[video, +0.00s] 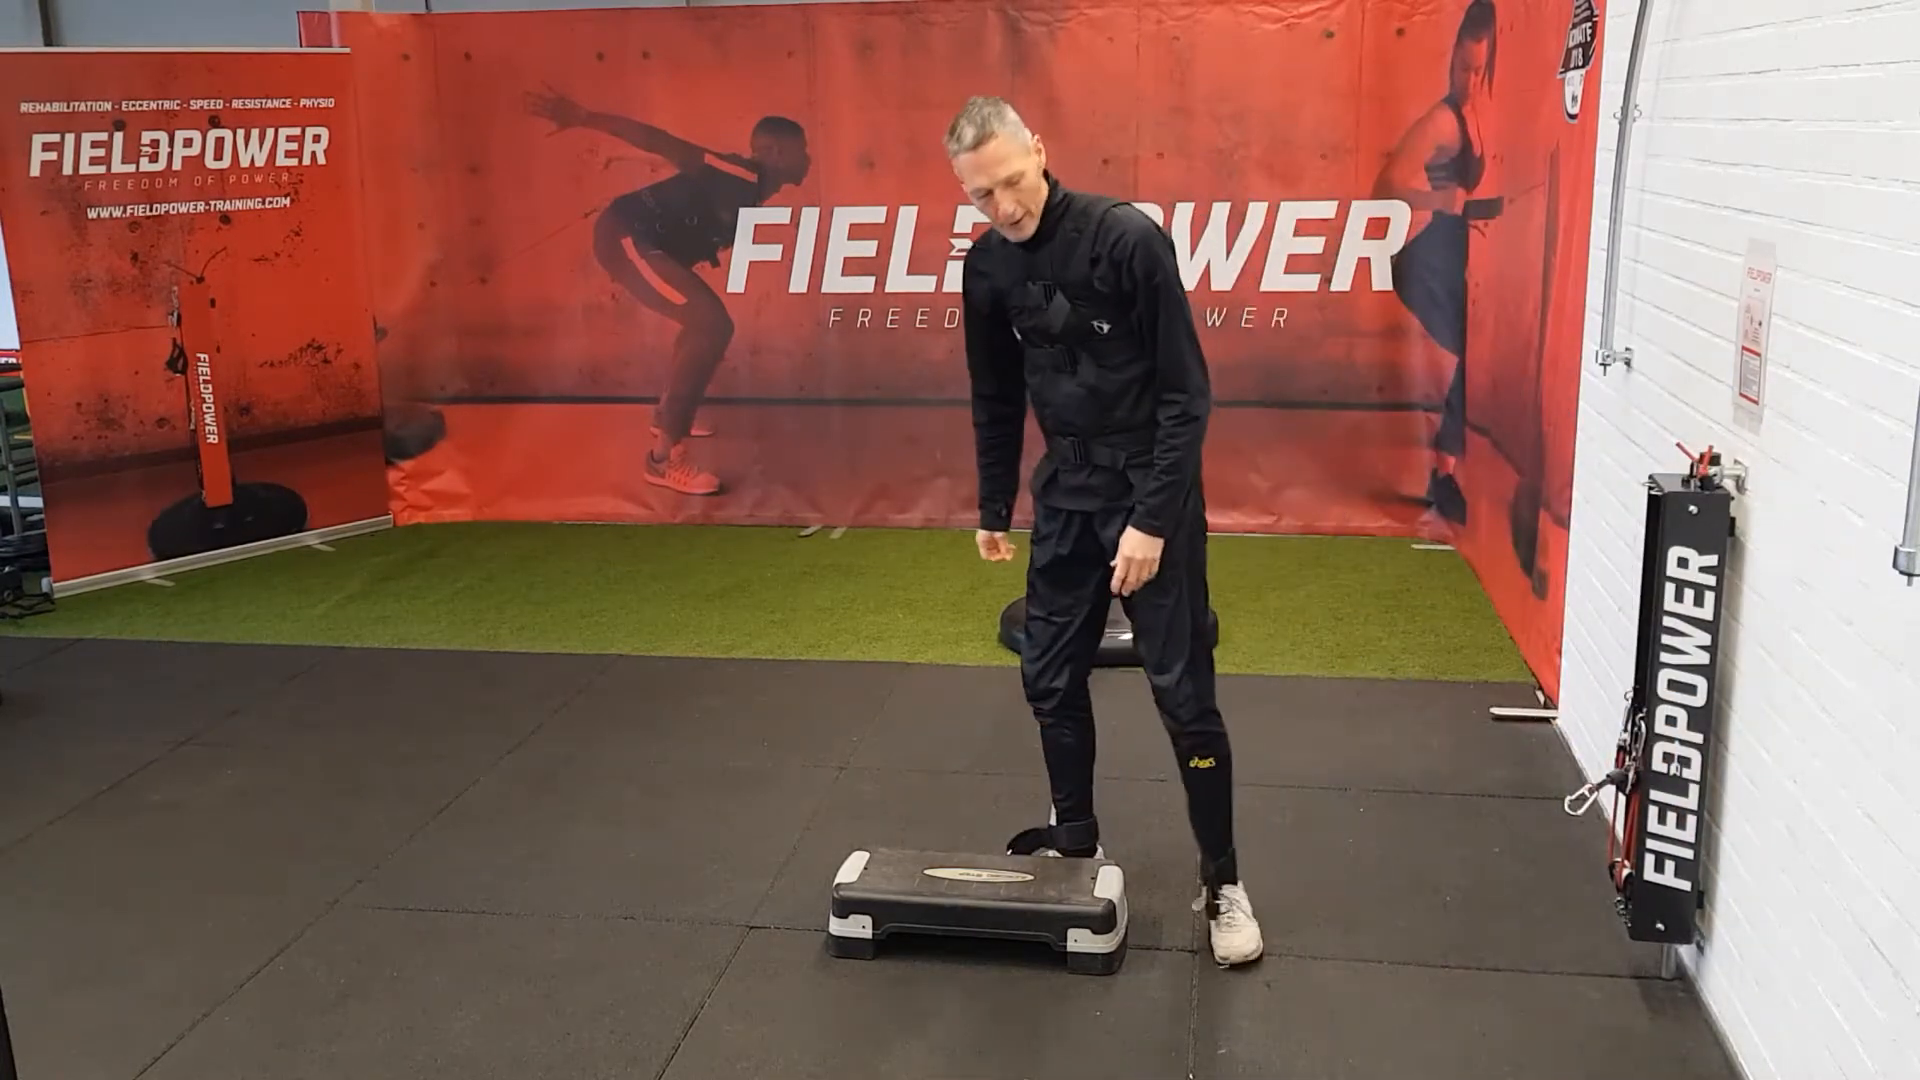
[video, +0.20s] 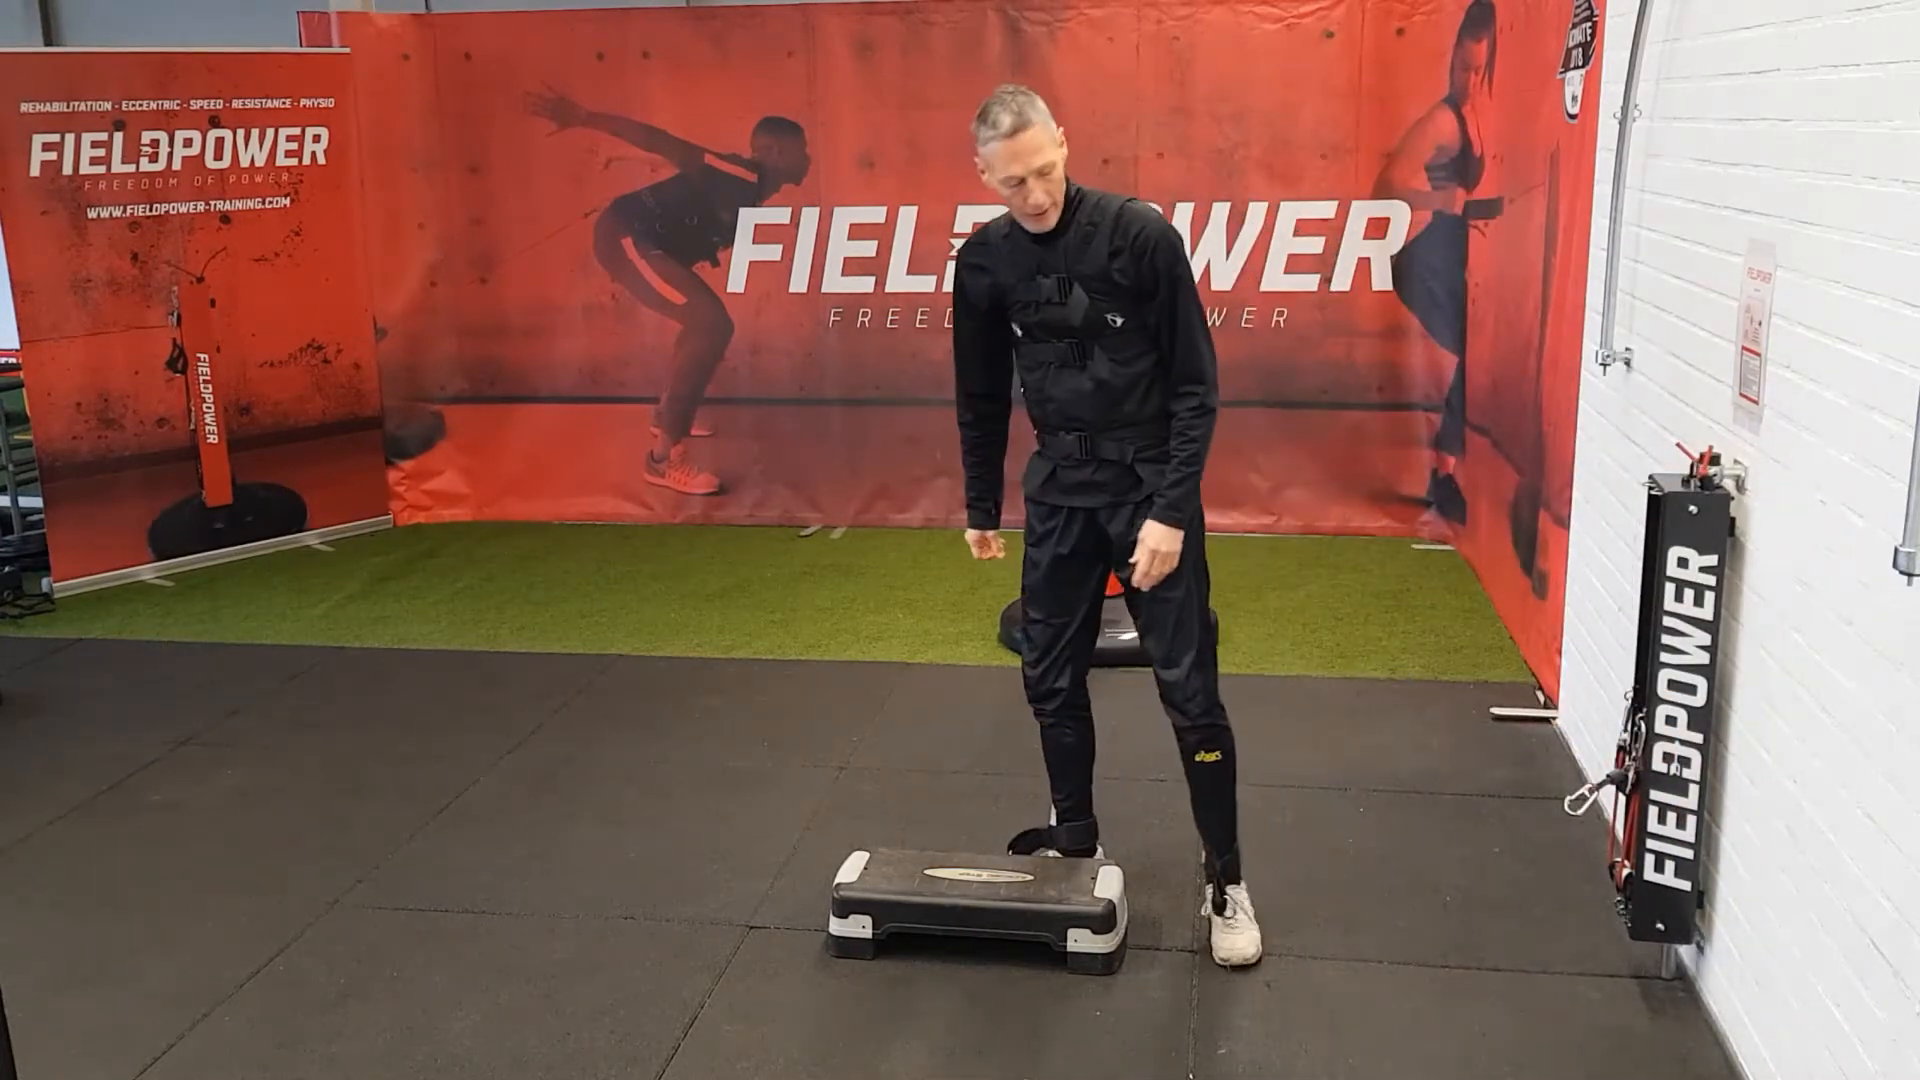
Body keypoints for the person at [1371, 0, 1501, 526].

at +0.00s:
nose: (1471, 75)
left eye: (1479, 66)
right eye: (1465, 63)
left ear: (1488, 68)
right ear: (1451, 62)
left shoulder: (1468, 121)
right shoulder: (1443, 120)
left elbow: (1440, 192)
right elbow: (1392, 180)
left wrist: (1477, 207)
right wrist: (1445, 199)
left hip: (1446, 253)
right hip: (1426, 255)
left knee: (1449, 363)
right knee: (1439, 364)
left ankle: (1444, 472)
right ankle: (1433, 476)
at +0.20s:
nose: (1472, 74)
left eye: (1479, 64)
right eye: (1466, 62)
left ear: (1487, 66)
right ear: (1452, 60)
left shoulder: (1468, 122)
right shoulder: (1442, 120)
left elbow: (1441, 193)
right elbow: (1392, 180)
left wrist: (1480, 207)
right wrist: (1445, 199)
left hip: (1446, 254)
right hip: (1426, 255)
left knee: (1449, 364)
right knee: (1439, 365)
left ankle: (1444, 472)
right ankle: (1435, 477)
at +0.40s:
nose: (1472, 74)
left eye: (1479, 65)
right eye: (1466, 62)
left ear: (1488, 66)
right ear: (1452, 61)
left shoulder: (1469, 122)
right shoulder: (1443, 120)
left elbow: (1443, 193)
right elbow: (1391, 180)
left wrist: (1481, 206)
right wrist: (1445, 199)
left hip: (1446, 255)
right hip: (1426, 257)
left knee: (1451, 364)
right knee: (1441, 364)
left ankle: (1445, 472)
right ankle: (1437, 476)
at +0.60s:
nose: (1471, 74)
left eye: (1478, 64)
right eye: (1465, 62)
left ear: (1488, 65)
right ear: (1451, 60)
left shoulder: (1472, 121)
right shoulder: (1443, 120)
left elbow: (1446, 193)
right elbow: (1391, 180)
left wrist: (1484, 205)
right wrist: (1443, 198)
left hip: (1448, 256)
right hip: (1426, 258)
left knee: (1455, 363)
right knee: (1444, 364)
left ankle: (1446, 470)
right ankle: (1438, 474)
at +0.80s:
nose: (1470, 75)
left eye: (1478, 65)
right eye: (1465, 62)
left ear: (1489, 66)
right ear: (1452, 58)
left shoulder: (1471, 120)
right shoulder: (1444, 120)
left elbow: (1444, 190)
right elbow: (1392, 182)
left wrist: (1483, 205)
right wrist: (1444, 199)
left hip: (1447, 257)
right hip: (1425, 259)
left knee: (1448, 368)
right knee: (1438, 370)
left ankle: (1442, 471)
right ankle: (1433, 475)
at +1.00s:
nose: (1475, 72)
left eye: (1481, 61)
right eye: (1469, 60)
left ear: (1486, 62)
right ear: (1456, 58)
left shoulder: (1470, 118)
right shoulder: (1444, 119)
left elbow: (1455, 187)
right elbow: (1394, 177)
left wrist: (1479, 205)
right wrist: (1443, 199)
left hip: (1452, 241)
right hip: (1435, 242)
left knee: (1449, 355)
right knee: (1441, 355)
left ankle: (1449, 464)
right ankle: (1437, 471)